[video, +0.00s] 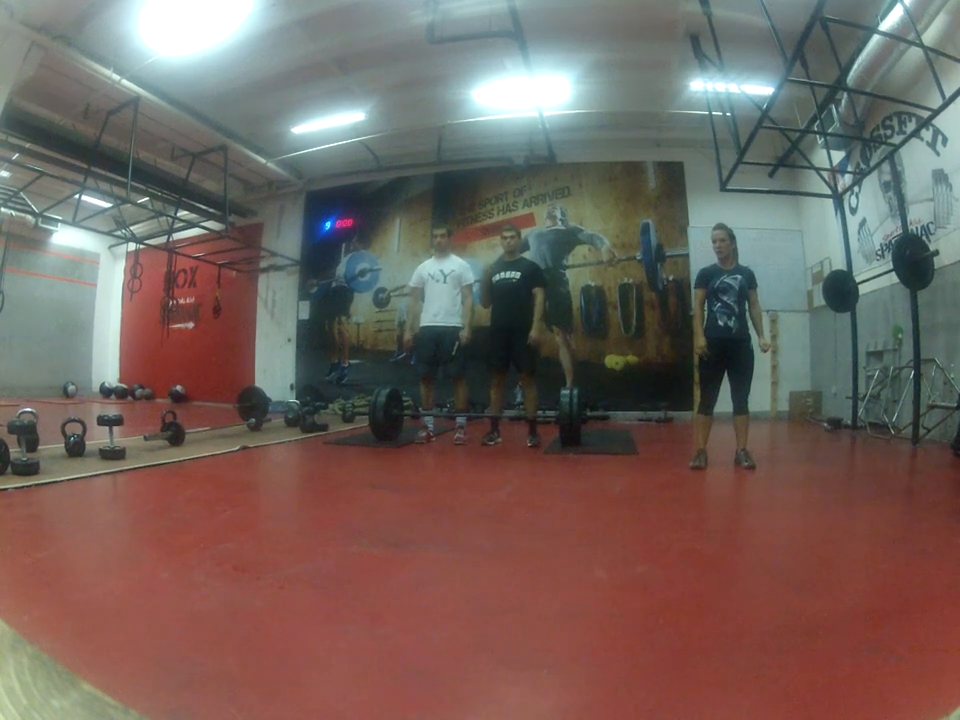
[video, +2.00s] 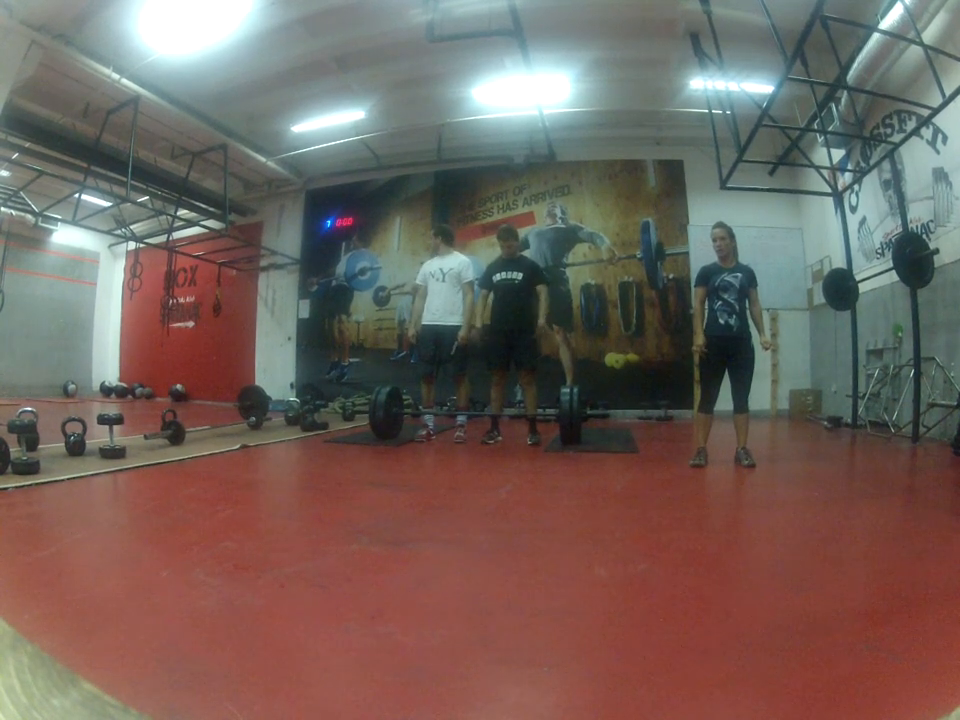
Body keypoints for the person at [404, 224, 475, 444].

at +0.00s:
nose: (438, 240)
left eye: (442, 236)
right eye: (435, 237)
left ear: (450, 239)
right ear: (431, 240)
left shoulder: (461, 265)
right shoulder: (423, 268)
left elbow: (468, 298)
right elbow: (414, 300)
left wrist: (467, 327)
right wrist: (409, 329)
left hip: (453, 328)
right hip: (427, 328)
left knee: (458, 377)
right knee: (426, 378)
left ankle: (461, 426)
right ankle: (428, 427)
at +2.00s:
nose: (431, 242)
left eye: (433, 238)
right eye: (431, 238)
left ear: (440, 239)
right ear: (442, 239)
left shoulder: (462, 262)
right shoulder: (427, 265)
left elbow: (469, 295)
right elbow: (420, 297)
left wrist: (466, 327)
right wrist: (413, 325)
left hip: (454, 326)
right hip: (428, 326)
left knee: (459, 375)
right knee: (426, 375)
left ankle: (461, 424)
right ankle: (428, 424)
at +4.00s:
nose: (438, 248)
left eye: (441, 244)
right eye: (435, 244)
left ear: (449, 242)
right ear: (432, 243)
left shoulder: (462, 264)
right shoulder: (425, 266)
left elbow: (471, 296)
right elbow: (416, 298)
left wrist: (472, 325)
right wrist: (408, 325)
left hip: (456, 328)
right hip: (429, 327)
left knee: (459, 376)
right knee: (426, 376)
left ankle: (461, 425)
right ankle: (427, 425)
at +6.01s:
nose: (436, 250)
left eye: (439, 246)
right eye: (433, 246)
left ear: (446, 243)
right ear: (428, 244)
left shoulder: (459, 263)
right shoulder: (421, 266)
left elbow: (467, 296)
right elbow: (414, 299)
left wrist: (467, 327)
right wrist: (409, 328)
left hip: (454, 328)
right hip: (426, 328)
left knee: (458, 376)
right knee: (426, 376)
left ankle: (461, 425)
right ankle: (427, 425)